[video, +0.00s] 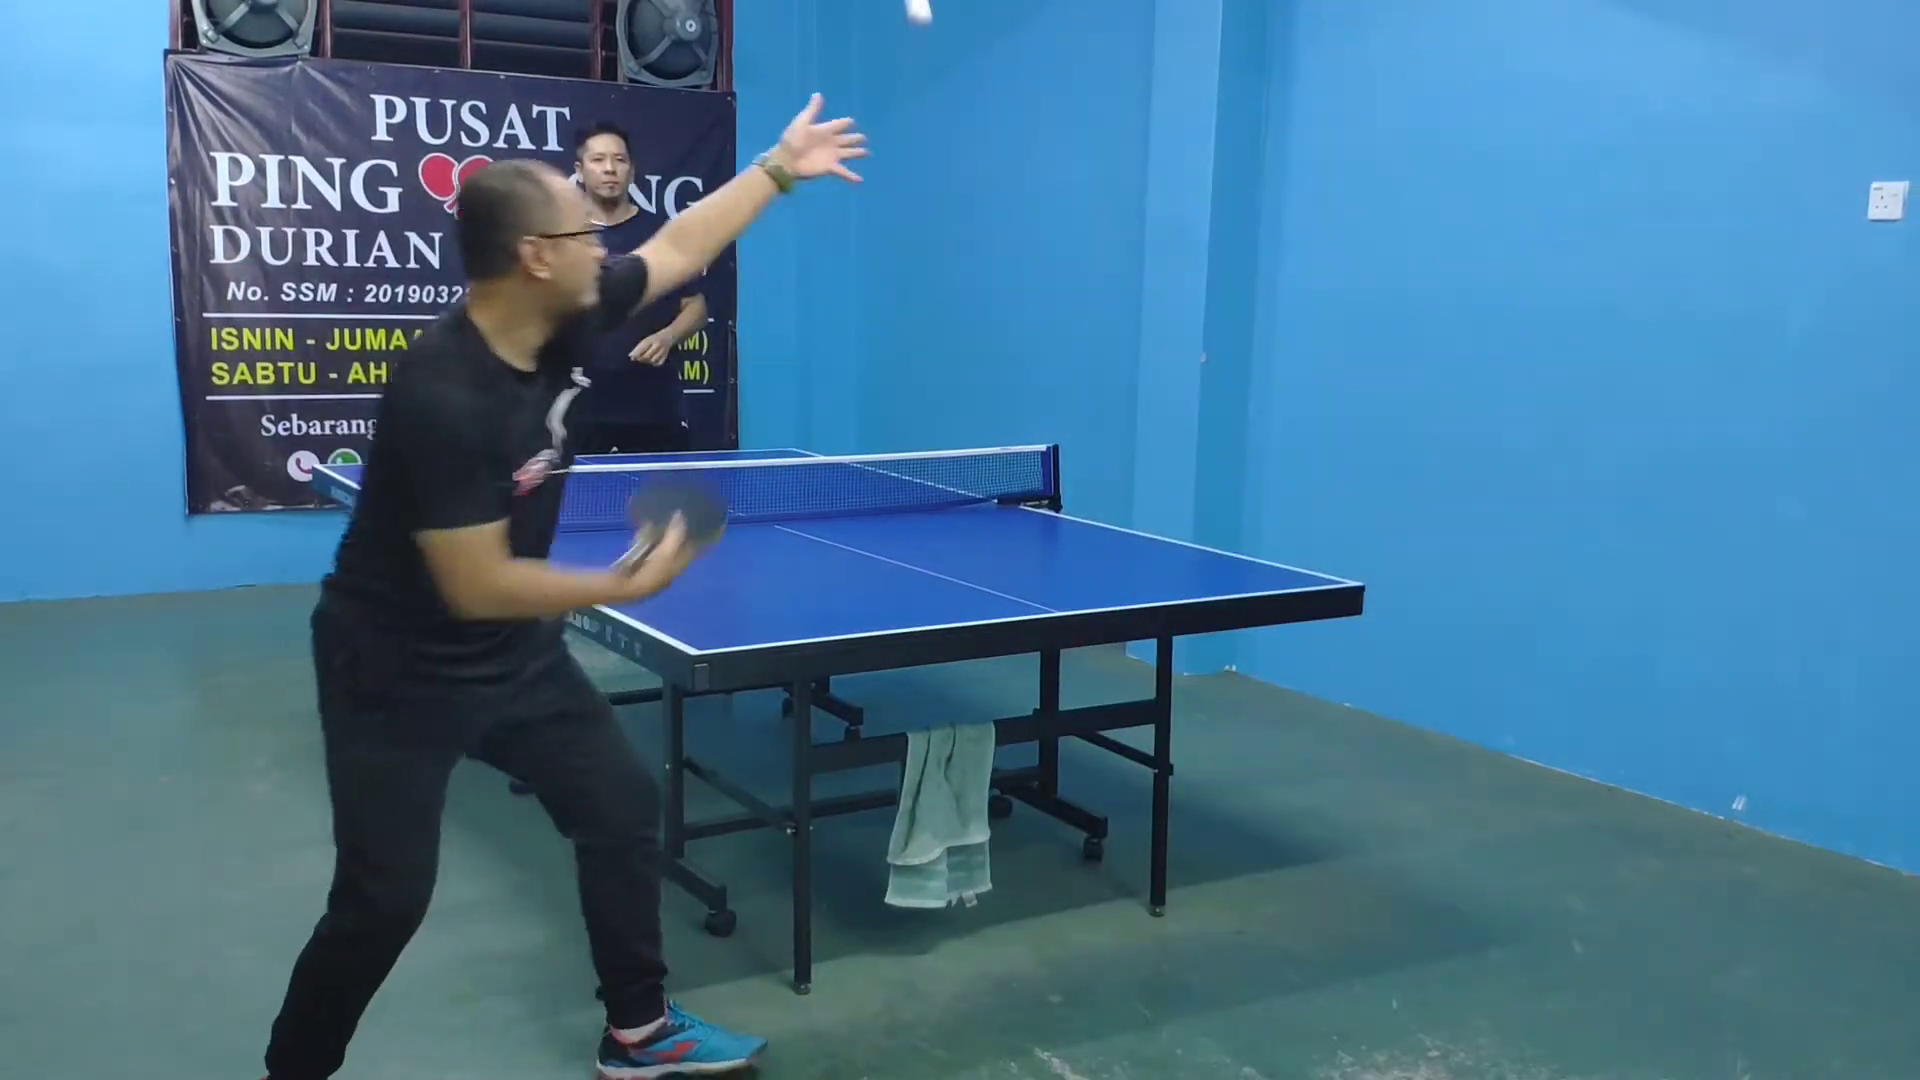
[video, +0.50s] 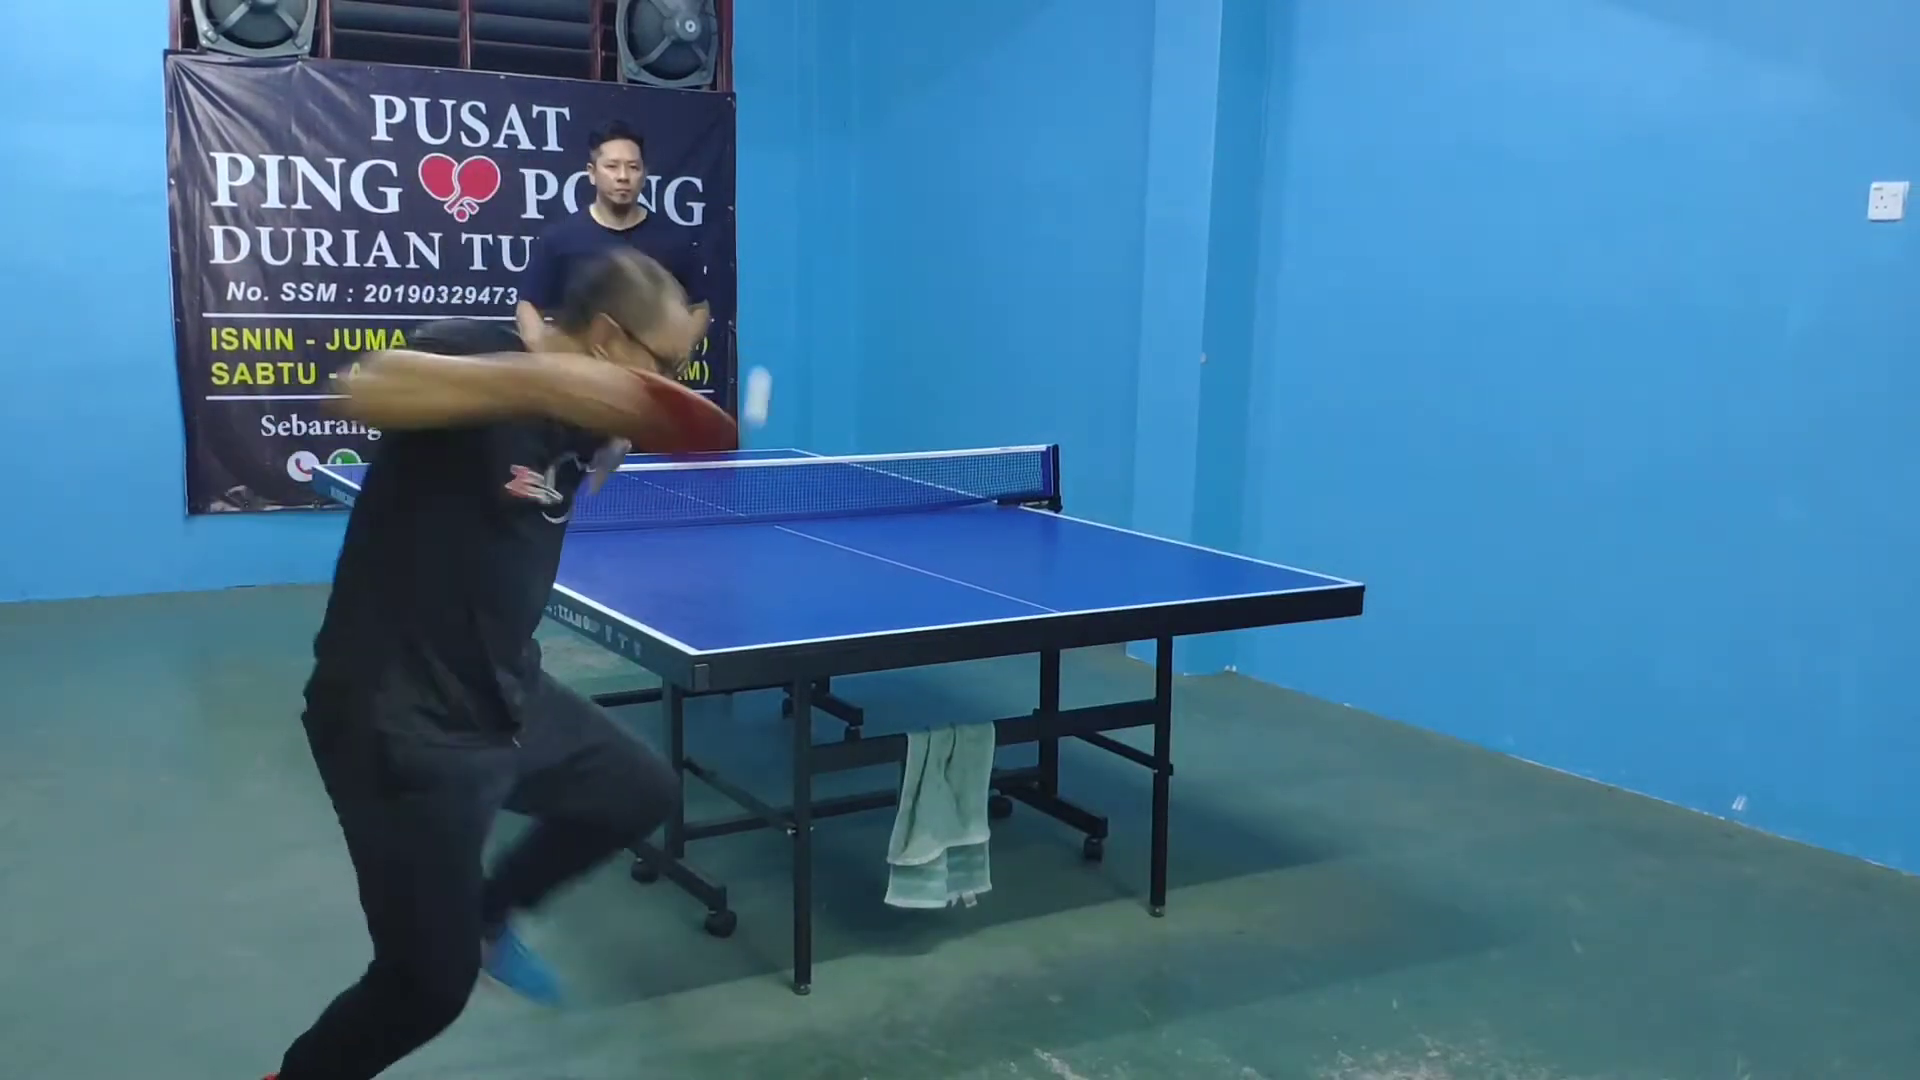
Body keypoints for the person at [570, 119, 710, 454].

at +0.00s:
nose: (610, 169)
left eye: (619, 160)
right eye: (597, 160)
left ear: (631, 170)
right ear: (579, 170)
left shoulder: (661, 233)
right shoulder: (554, 234)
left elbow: (697, 307)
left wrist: (668, 336)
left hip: (650, 395)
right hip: (581, 394)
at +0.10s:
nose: (611, 170)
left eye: (621, 161)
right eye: (599, 161)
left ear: (633, 171)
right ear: (580, 170)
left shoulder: (663, 234)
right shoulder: (555, 239)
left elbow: (697, 306)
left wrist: (669, 337)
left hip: (650, 400)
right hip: (576, 402)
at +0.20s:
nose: (613, 171)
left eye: (622, 162)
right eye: (601, 161)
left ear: (635, 171)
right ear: (582, 169)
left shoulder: (667, 234)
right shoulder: (555, 238)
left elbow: (698, 307)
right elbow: (537, 310)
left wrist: (671, 339)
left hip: (650, 400)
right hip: (578, 401)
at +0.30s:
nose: (616, 173)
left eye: (626, 163)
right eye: (604, 162)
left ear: (637, 171)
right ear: (584, 170)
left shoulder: (668, 235)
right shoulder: (562, 236)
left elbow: (690, 305)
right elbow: (551, 310)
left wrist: (674, 340)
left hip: (652, 395)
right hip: (583, 396)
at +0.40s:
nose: (619, 175)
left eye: (629, 165)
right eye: (607, 164)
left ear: (640, 172)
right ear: (587, 170)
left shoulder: (670, 235)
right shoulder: (567, 234)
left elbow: (698, 309)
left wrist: (676, 346)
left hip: (653, 390)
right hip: (587, 387)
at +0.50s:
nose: (623, 177)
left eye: (633, 167)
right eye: (612, 166)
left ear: (644, 175)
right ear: (592, 173)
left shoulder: (674, 238)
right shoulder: (559, 238)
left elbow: (700, 308)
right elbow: (527, 306)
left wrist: (674, 351)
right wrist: (548, 355)